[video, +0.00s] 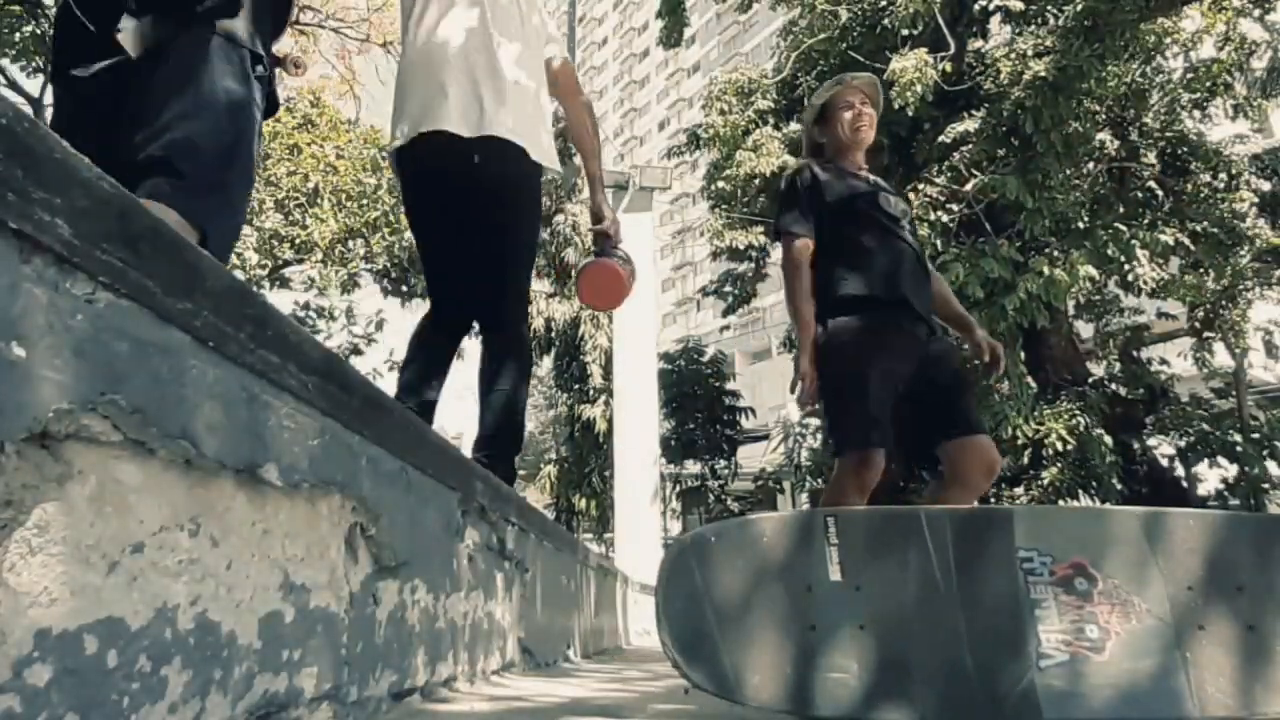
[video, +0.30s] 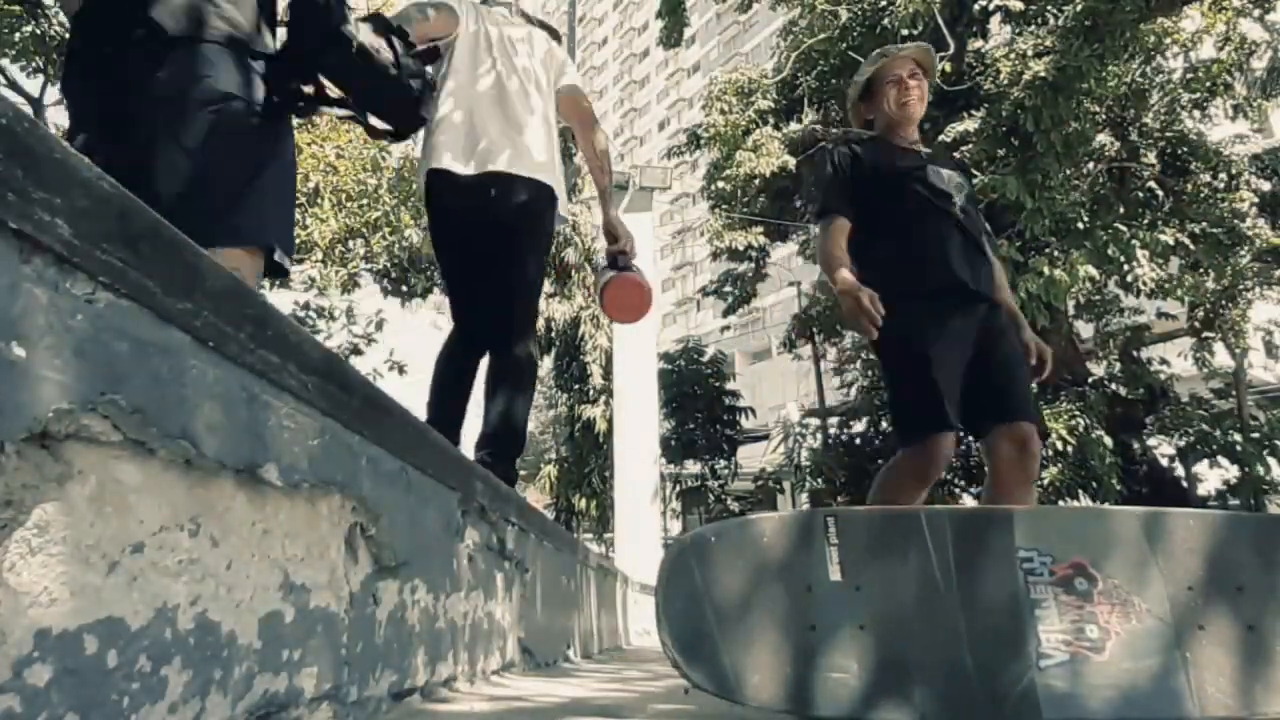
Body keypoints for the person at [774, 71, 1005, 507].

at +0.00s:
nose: (860, 113)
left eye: (867, 106)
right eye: (846, 107)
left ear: (876, 122)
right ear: (823, 126)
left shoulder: (888, 194)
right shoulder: (809, 178)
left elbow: (918, 272)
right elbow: (796, 262)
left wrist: (971, 330)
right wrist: (805, 350)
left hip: (917, 336)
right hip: (853, 337)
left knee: (976, 462)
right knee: (862, 467)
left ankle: (922, 566)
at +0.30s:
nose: (909, 83)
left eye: (916, 76)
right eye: (893, 80)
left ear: (928, 97)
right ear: (869, 106)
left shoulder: (952, 174)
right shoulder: (849, 157)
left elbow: (986, 260)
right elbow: (832, 235)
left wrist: (1021, 328)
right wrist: (845, 283)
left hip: (986, 315)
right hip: (915, 318)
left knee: (1019, 445)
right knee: (927, 454)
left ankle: (994, 569)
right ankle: (861, 563)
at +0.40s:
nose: (917, 72)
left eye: (925, 63)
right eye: (902, 69)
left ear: (941, 78)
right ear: (882, 92)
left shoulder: (972, 155)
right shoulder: (865, 147)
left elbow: (1007, 244)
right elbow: (842, 234)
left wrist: (1033, 325)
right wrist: (860, 272)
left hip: (994, 300)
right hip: (922, 298)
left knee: (1013, 442)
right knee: (956, 414)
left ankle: (1001, 570)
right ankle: (906, 554)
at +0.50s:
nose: (922, 59)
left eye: (932, 48)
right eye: (908, 56)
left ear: (954, 63)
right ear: (892, 82)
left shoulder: (991, 136)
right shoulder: (872, 140)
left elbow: (1020, 227)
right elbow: (850, 229)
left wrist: (1050, 314)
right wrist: (859, 272)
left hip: (1000, 288)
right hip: (923, 284)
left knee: (1006, 439)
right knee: (962, 387)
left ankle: (996, 572)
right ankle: (954, 558)